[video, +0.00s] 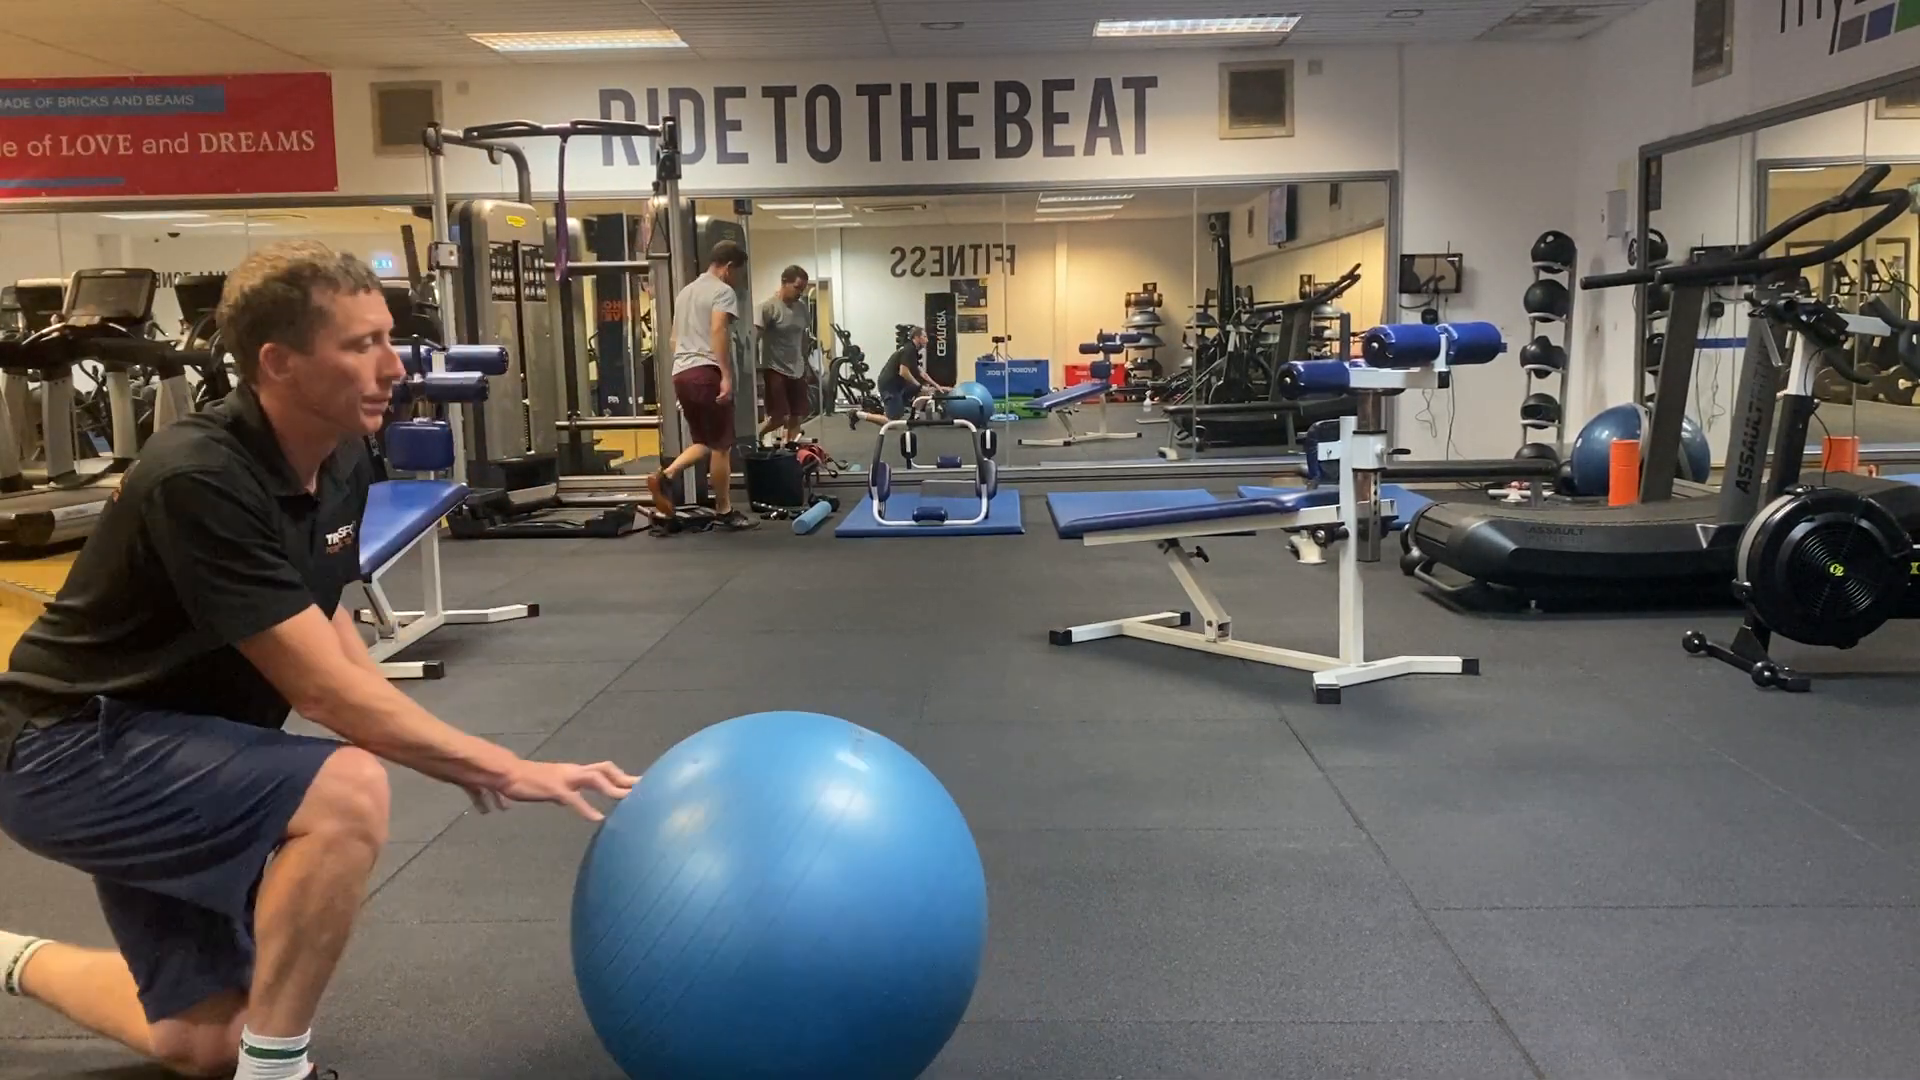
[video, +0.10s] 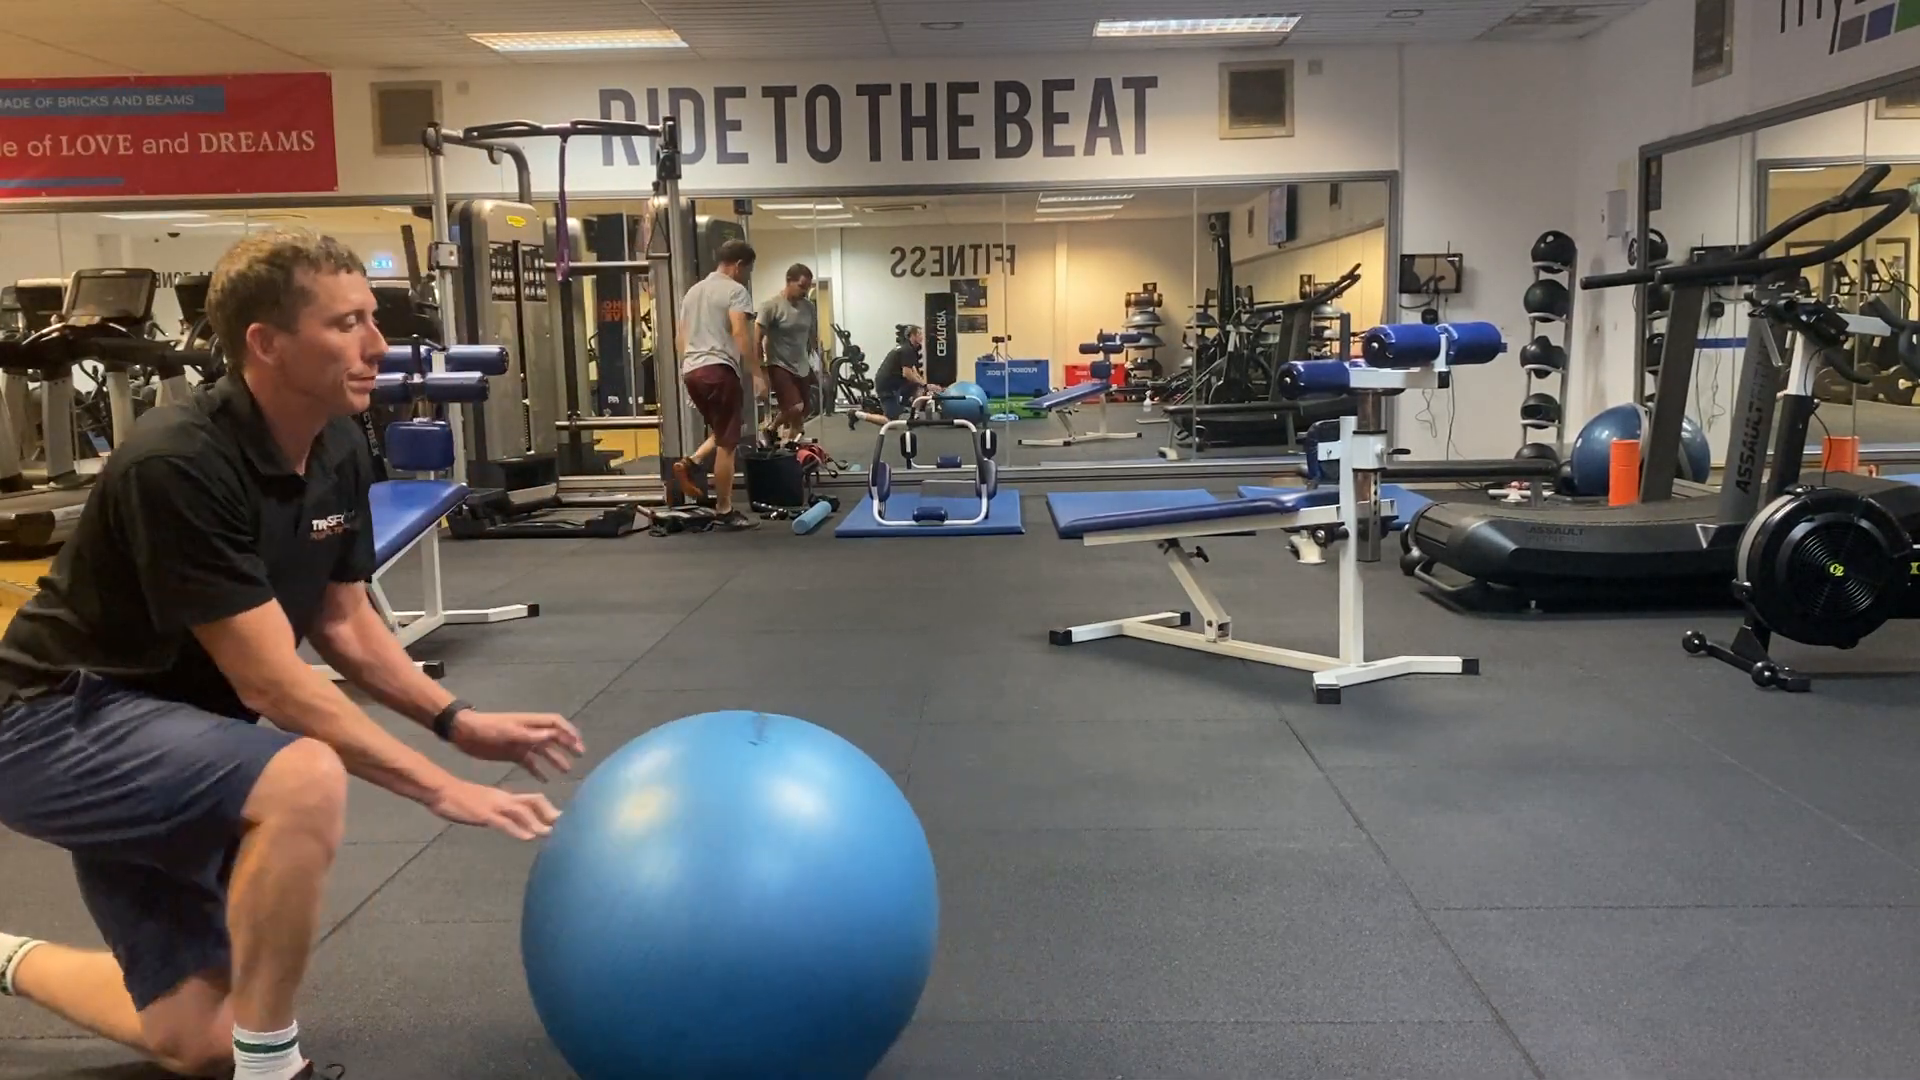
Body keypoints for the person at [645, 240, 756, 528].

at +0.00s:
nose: (736, 277)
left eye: (737, 272)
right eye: (737, 271)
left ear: (712, 264)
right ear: (727, 266)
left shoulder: (685, 292)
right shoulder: (723, 291)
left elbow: (675, 339)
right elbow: (718, 332)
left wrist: (685, 370)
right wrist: (726, 374)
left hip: (681, 372)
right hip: (707, 370)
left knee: (703, 442)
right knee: (721, 444)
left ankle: (667, 475)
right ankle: (724, 511)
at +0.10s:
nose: (746, 276)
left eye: (747, 270)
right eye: (747, 270)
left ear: (721, 263)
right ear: (737, 264)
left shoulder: (692, 292)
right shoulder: (736, 289)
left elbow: (681, 336)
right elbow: (740, 336)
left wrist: (688, 366)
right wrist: (757, 374)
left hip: (690, 371)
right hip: (718, 368)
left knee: (724, 431)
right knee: (727, 442)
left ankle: (690, 463)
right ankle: (724, 509)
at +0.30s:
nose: (762, 275)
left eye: (764, 270)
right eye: (763, 269)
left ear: (736, 263)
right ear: (753, 264)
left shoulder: (708, 292)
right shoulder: (756, 289)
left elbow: (696, 340)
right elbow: (774, 334)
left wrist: (708, 376)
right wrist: (794, 365)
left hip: (713, 372)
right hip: (741, 370)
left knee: (751, 436)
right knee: (737, 444)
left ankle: (749, 493)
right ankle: (725, 510)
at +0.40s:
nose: (771, 275)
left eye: (771, 270)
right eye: (771, 269)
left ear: (744, 264)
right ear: (762, 265)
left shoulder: (717, 296)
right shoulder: (766, 291)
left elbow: (706, 340)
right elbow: (784, 335)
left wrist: (714, 380)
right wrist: (805, 367)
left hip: (724, 374)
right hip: (752, 372)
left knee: (753, 444)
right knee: (746, 445)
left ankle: (770, 504)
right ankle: (726, 509)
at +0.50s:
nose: (778, 274)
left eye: (779, 270)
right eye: (778, 269)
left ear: (751, 264)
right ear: (771, 265)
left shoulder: (727, 295)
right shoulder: (774, 289)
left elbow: (717, 340)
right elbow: (789, 333)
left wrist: (720, 380)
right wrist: (805, 369)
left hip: (732, 371)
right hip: (762, 370)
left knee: (758, 441)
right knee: (767, 441)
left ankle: (771, 504)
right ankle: (735, 502)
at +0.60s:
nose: (786, 273)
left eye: (787, 269)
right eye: (786, 268)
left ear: (758, 264)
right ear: (779, 264)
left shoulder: (735, 294)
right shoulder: (783, 287)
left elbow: (725, 340)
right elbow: (793, 329)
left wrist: (730, 377)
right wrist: (804, 367)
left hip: (741, 373)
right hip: (771, 370)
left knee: (760, 438)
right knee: (794, 435)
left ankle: (769, 502)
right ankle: (756, 480)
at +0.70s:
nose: (792, 271)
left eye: (792, 267)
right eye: (792, 267)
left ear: (765, 263)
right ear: (786, 263)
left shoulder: (741, 294)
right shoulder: (790, 287)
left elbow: (732, 342)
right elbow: (798, 326)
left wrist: (739, 377)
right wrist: (807, 367)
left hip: (751, 372)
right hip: (783, 368)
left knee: (766, 439)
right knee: (813, 425)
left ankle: (772, 504)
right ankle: (786, 458)